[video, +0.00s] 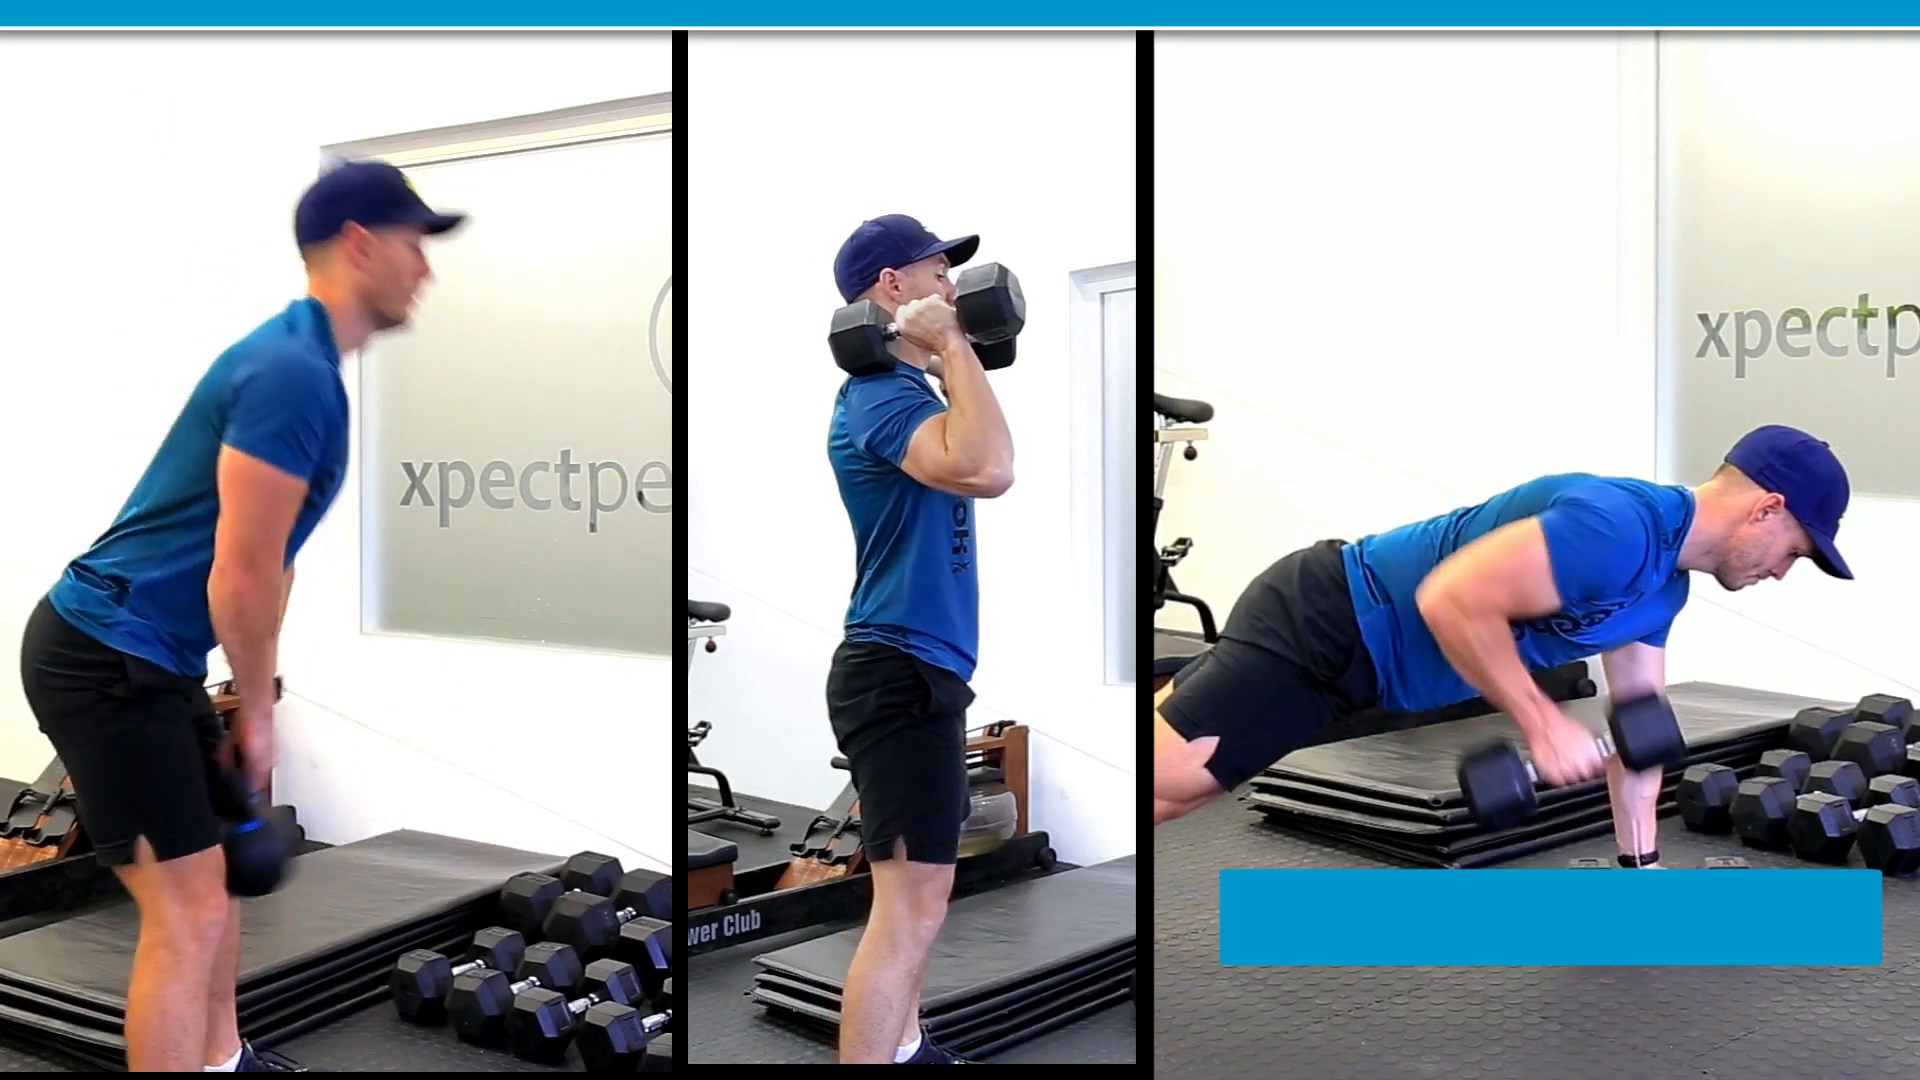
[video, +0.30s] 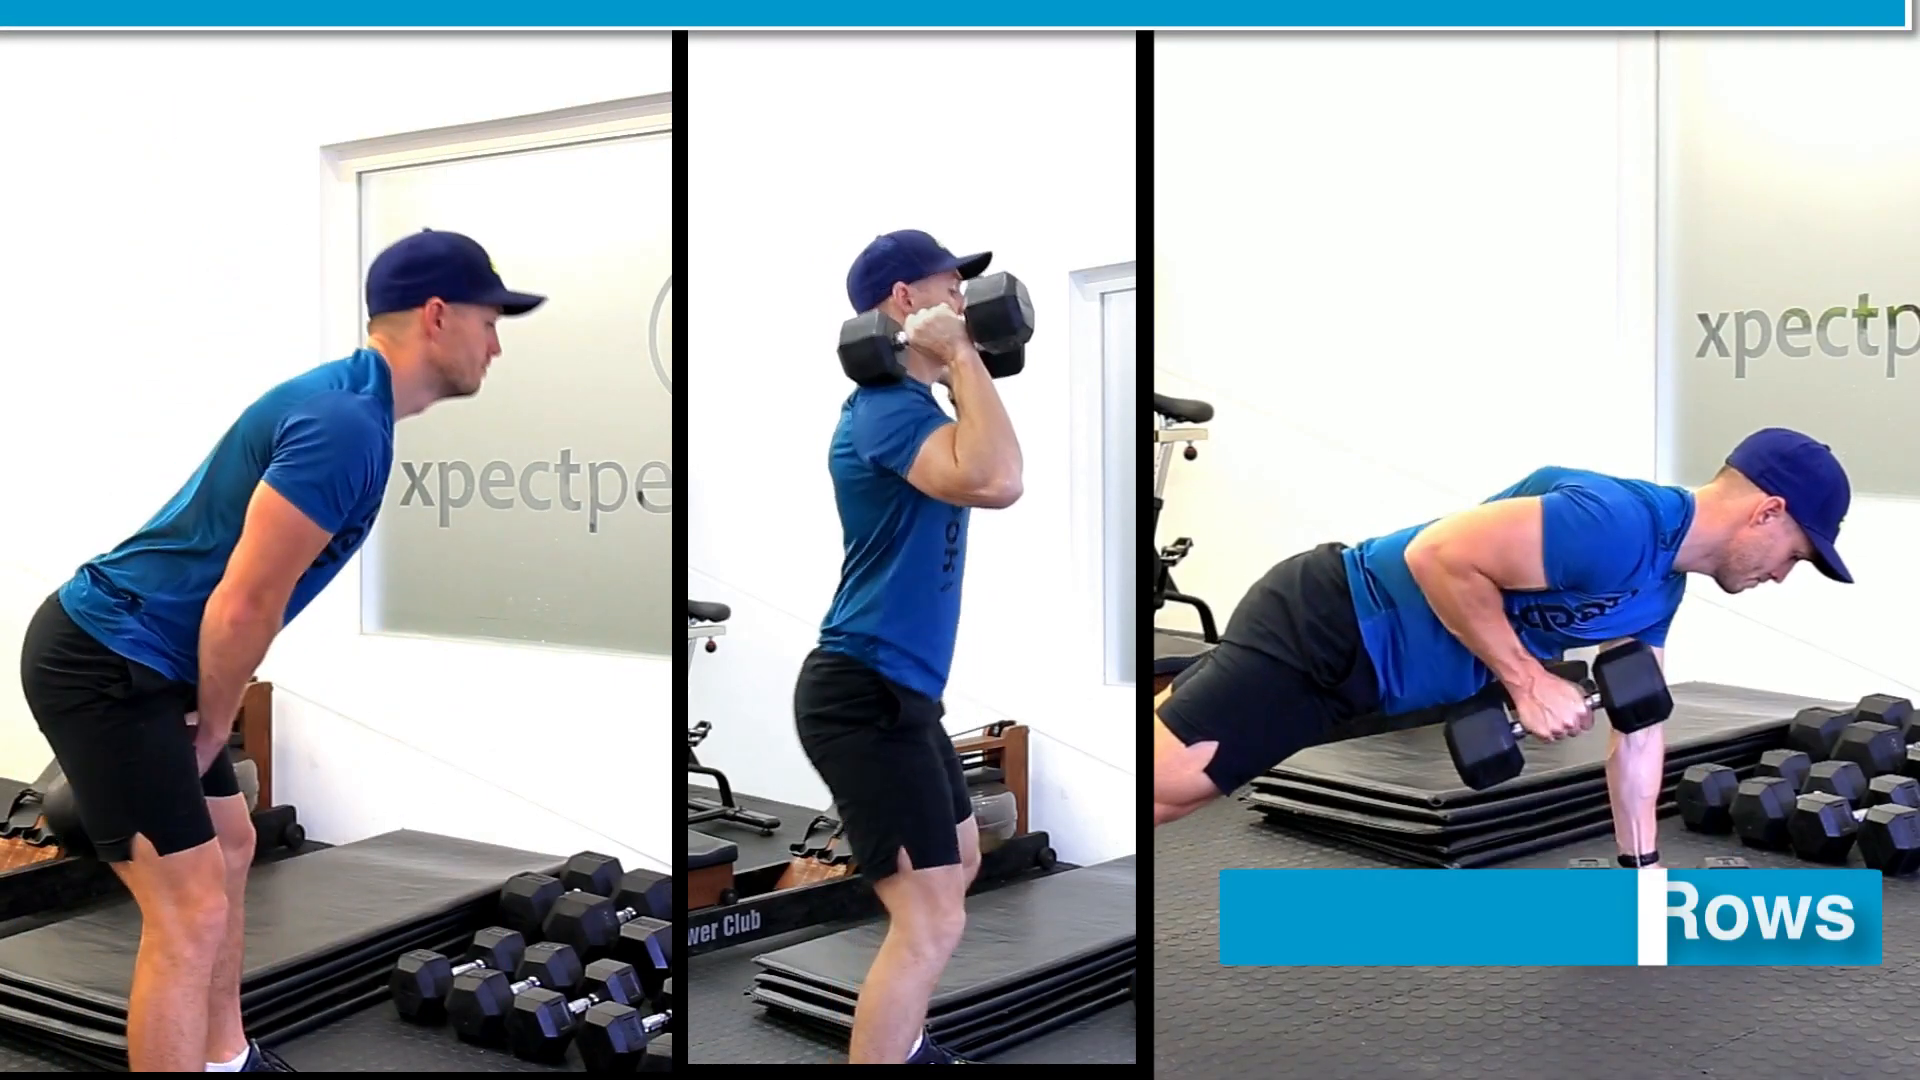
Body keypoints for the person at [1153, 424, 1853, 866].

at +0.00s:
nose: (1786, 574)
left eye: (1800, 561)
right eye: (1798, 552)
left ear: (1755, 508)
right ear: (1762, 507)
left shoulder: (1659, 584)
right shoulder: (1620, 527)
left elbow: (1640, 724)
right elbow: (1453, 600)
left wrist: (1639, 870)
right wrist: (1542, 723)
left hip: (1362, 667)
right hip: (1329, 618)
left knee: (1158, 758)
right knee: (1153, 780)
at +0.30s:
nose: (1786, 577)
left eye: (1800, 565)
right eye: (1798, 555)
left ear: (1756, 510)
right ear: (1763, 509)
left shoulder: (1660, 589)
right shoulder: (1621, 526)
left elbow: (1638, 724)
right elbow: (1442, 559)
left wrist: (1643, 870)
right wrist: (1528, 677)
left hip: (1359, 676)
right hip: (1329, 621)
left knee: (1157, 769)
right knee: (1157, 780)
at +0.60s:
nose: (1780, 577)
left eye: (1795, 565)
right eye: (1793, 556)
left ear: (1751, 508)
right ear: (1759, 510)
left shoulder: (1653, 578)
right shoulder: (1619, 527)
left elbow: (1637, 728)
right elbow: (1463, 633)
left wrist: (1639, 836)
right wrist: (1566, 760)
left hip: (1352, 659)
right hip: (1322, 614)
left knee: (1160, 773)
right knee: (1154, 767)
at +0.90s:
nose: (1779, 578)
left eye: (1793, 567)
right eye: (1792, 557)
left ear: (1750, 507)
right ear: (1758, 510)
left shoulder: (1654, 579)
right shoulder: (1616, 529)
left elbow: (1636, 730)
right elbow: (1526, 709)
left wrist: (1644, 868)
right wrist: (1611, 860)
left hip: (1348, 659)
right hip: (1320, 611)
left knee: (1161, 780)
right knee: (1153, 760)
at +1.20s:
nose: (1783, 585)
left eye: (1797, 573)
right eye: (1795, 564)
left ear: (1756, 518)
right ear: (1763, 520)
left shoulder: (1654, 568)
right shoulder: (1628, 555)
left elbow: (1638, 755)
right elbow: (1604, 771)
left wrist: (1644, 915)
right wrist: (1635, 935)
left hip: (1348, 644)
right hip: (1324, 616)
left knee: (1159, 766)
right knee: (1147, 774)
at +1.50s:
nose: (1797, 591)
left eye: (1811, 580)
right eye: (1810, 571)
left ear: (1770, 523)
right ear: (1779, 527)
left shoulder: (1668, 566)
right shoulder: (1652, 562)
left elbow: (1634, 764)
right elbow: (1620, 775)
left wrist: (1647, 924)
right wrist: (1640, 937)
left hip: (1355, 648)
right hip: (1339, 627)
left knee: (1167, 784)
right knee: (1155, 788)